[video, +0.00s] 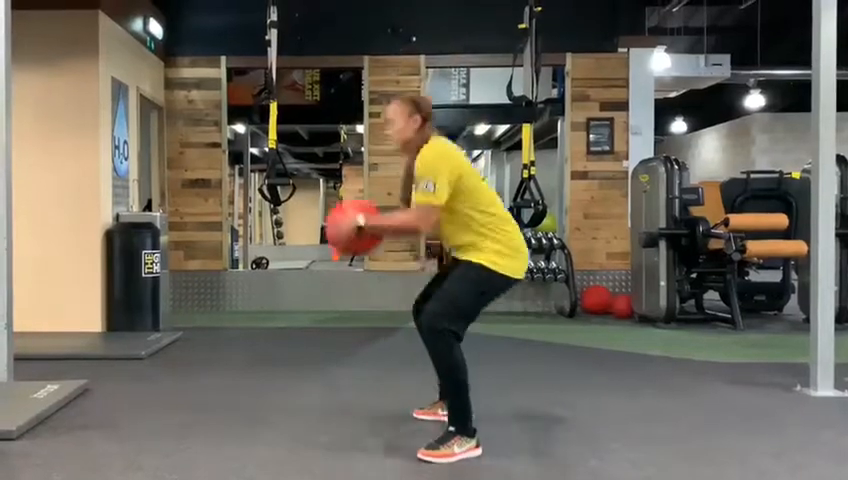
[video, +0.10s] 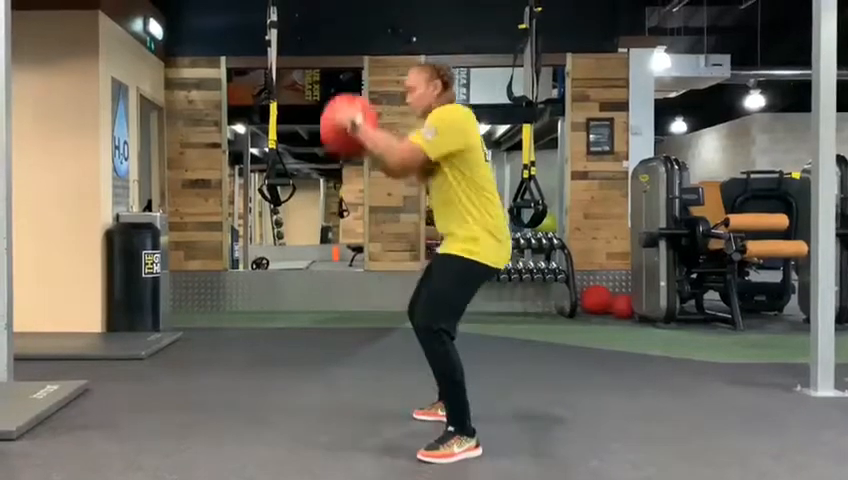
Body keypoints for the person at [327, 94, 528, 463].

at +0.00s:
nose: (386, 130)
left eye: (392, 122)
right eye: (386, 123)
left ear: (417, 121)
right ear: (413, 123)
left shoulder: (436, 154)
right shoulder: (422, 158)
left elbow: (424, 219)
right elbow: (413, 216)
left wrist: (368, 222)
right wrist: (372, 232)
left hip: (496, 254)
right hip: (473, 252)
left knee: (437, 322)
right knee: (424, 311)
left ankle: (464, 434)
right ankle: (450, 401)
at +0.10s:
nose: (407, 96)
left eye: (412, 89)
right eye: (406, 90)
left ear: (436, 87)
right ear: (432, 88)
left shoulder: (453, 117)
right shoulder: (437, 123)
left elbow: (401, 156)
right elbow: (401, 166)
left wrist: (362, 124)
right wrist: (366, 138)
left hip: (477, 243)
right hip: (459, 241)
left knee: (432, 322)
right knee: (420, 314)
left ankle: (463, 433)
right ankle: (449, 401)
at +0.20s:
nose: (413, 80)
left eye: (418, 73)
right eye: (413, 74)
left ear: (439, 71)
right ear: (436, 71)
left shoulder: (457, 98)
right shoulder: (442, 105)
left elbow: (392, 84)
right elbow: (420, 148)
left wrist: (381, 37)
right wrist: (409, 114)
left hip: (458, 233)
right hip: (441, 232)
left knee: (429, 324)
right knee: (416, 316)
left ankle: (463, 434)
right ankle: (448, 399)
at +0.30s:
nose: (402, 70)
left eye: (405, 61)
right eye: (399, 64)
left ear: (427, 55)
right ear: (433, 60)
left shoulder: (450, 84)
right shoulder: (438, 92)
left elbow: (407, 38)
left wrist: (410, 5)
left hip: (442, 224)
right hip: (431, 222)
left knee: (428, 321)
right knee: (422, 316)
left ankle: (464, 434)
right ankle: (451, 400)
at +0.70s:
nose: (397, 86)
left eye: (399, 77)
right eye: (394, 80)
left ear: (421, 63)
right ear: (414, 67)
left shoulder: (448, 92)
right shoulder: (425, 100)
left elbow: (425, 20)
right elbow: (426, 20)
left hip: (444, 223)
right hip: (429, 222)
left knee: (440, 322)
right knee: (434, 319)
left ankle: (471, 436)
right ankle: (455, 401)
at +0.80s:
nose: (406, 73)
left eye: (409, 62)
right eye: (403, 67)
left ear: (428, 54)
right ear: (428, 61)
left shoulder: (458, 80)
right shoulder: (440, 96)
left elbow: (398, 52)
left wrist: (393, 6)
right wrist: (419, 95)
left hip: (468, 219)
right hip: (454, 219)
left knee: (457, 319)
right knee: (452, 315)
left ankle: (474, 436)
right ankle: (460, 400)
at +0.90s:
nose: (407, 102)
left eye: (408, 93)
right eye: (404, 96)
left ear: (425, 79)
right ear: (423, 81)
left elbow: (415, 132)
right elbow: (424, 160)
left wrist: (366, 111)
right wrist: (373, 128)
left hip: (495, 218)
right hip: (475, 221)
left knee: (471, 320)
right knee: (462, 314)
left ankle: (492, 431)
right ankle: (470, 396)